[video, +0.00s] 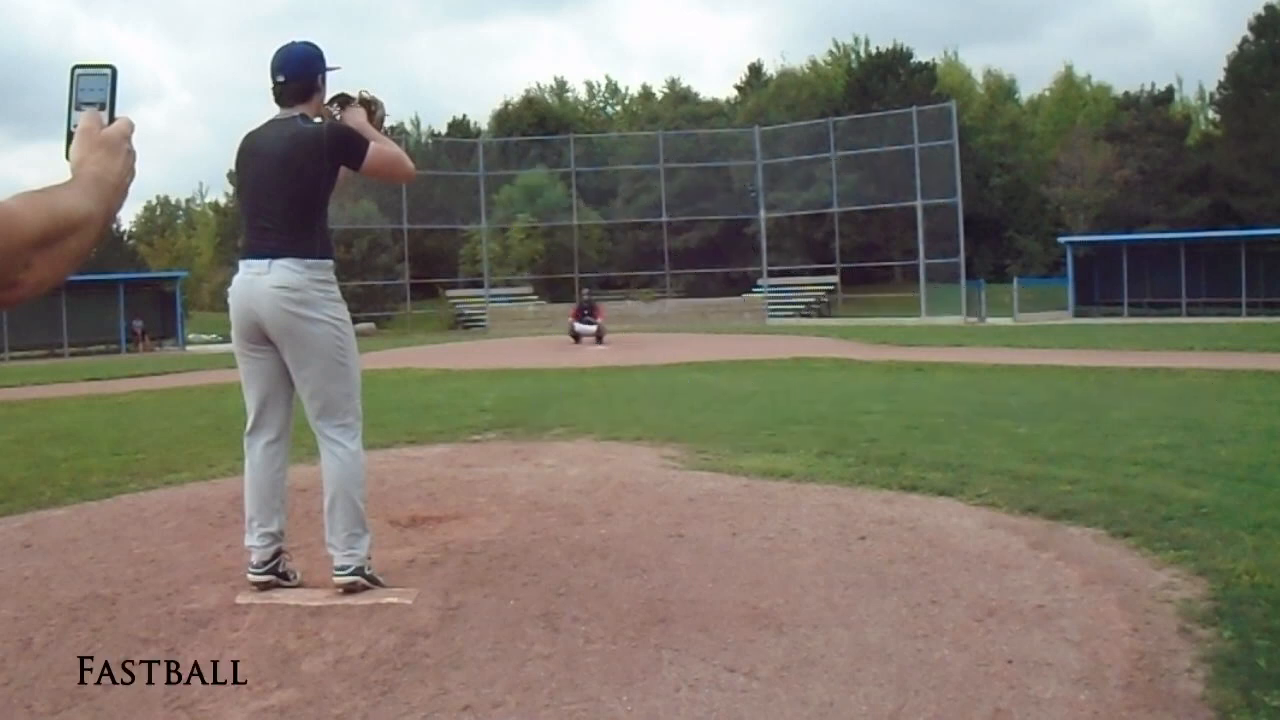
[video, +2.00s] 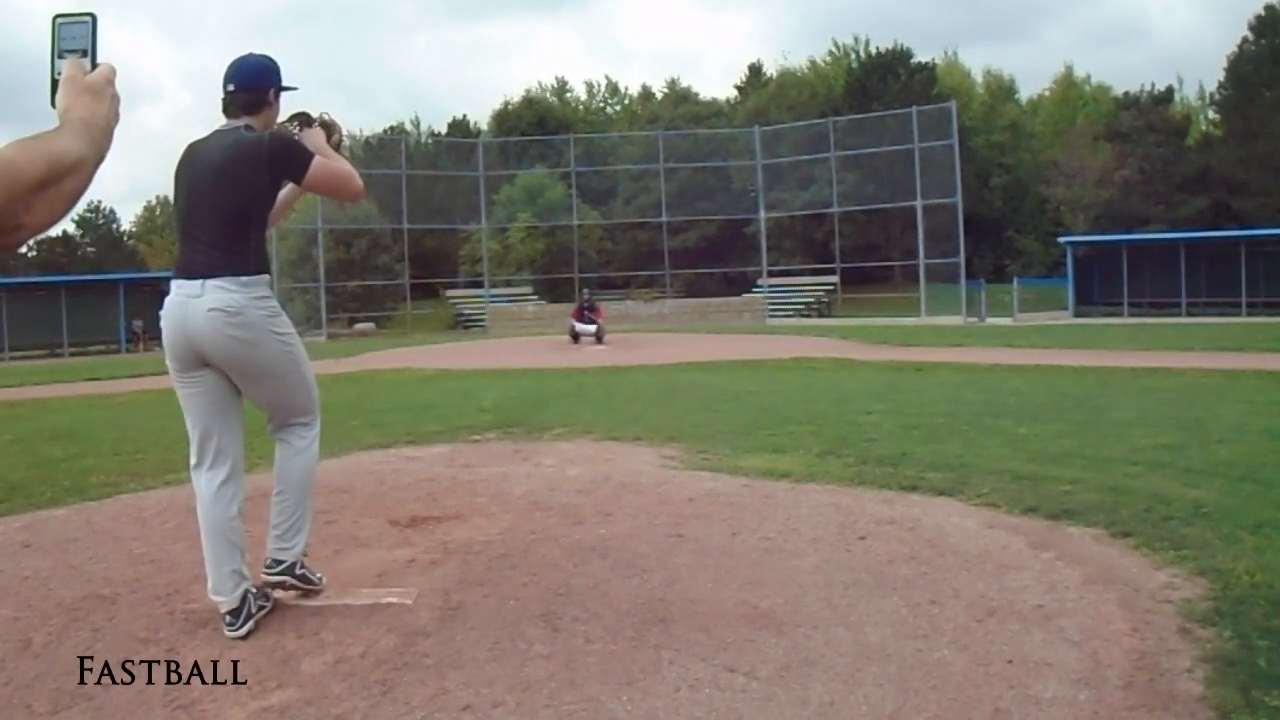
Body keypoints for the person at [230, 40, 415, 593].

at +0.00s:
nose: (327, 88)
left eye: (322, 81)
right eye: (325, 81)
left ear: (275, 88)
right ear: (320, 86)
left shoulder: (250, 143)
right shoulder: (327, 135)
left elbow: (305, 186)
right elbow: (402, 167)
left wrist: (329, 132)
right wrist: (361, 125)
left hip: (247, 288)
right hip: (303, 286)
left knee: (264, 430)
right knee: (338, 429)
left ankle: (263, 558)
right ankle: (350, 561)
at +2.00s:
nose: (279, 107)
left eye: (274, 98)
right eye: (280, 99)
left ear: (226, 100)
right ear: (272, 101)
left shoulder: (194, 153)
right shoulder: (273, 145)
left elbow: (259, 218)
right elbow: (352, 186)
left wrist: (300, 160)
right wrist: (321, 143)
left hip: (178, 310)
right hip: (239, 306)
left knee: (213, 462)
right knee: (297, 423)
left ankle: (234, 602)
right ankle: (286, 557)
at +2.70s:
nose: (317, 127)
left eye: (314, 118)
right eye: (314, 117)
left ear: (268, 122)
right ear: (301, 118)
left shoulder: (255, 176)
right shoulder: (277, 172)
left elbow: (335, 228)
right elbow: (362, 186)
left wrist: (376, 174)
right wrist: (368, 135)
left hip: (246, 331)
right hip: (282, 331)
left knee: (295, 434)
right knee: (341, 446)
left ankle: (243, 513)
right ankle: (314, 574)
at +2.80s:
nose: (318, 129)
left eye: (318, 120)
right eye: (316, 120)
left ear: (272, 121)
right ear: (303, 118)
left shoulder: (286, 176)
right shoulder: (265, 168)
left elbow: (353, 220)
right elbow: (339, 178)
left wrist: (385, 162)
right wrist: (366, 125)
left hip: (292, 324)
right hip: (277, 328)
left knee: (356, 399)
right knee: (340, 444)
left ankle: (282, 494)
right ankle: (313, 573)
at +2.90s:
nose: (322, 142)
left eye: (323, 133)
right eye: (319, 131)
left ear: (284, 125)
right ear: (301, 123)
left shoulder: (301, 179)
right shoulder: (246, 170)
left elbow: (366, 212)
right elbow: (312, 174)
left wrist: (380, 148)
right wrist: (349, 121)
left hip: (314, 320)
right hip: (277, 331)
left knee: (396, 371)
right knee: (341, 450)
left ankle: (349, 477)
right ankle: (312, 574)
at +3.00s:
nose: (319, 144)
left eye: (321, 137)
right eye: (314, 134)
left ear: (292, 138)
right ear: (294, 131)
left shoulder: (310, 182)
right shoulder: (236, 175)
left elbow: (377, 207)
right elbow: (281, 178)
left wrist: (367, 142)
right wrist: (326, 117)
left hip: (324, 316)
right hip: (277, 334)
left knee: (420, 329)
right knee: (344, 451)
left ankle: (420, 455)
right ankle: (312, 574)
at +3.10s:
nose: (331, 153)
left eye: (333, 142)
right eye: (322, 143)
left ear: (326, 148)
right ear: (292, 146)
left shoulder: (322, 189)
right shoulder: (240, 189)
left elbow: (385, 206)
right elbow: (263, 194)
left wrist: (357, 145)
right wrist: (302, 125)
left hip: (328, 313)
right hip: (285, 335)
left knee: (402, 284)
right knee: (348, 449)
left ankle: (445, 410)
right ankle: (314, 572)